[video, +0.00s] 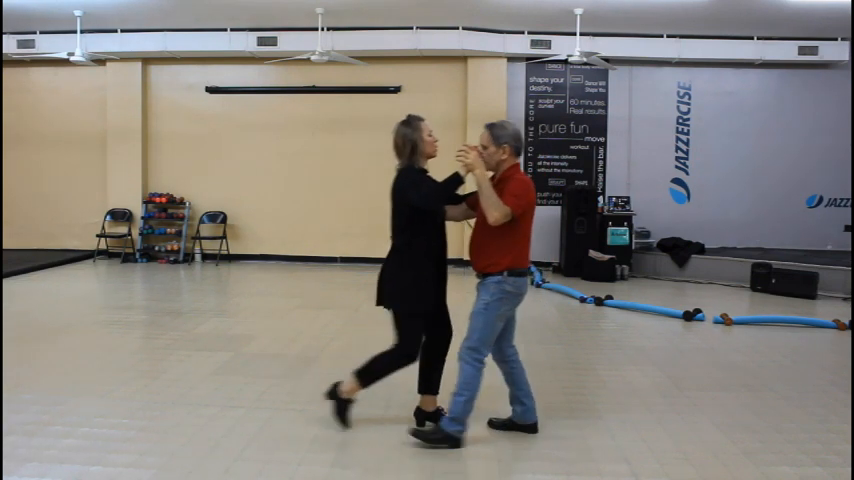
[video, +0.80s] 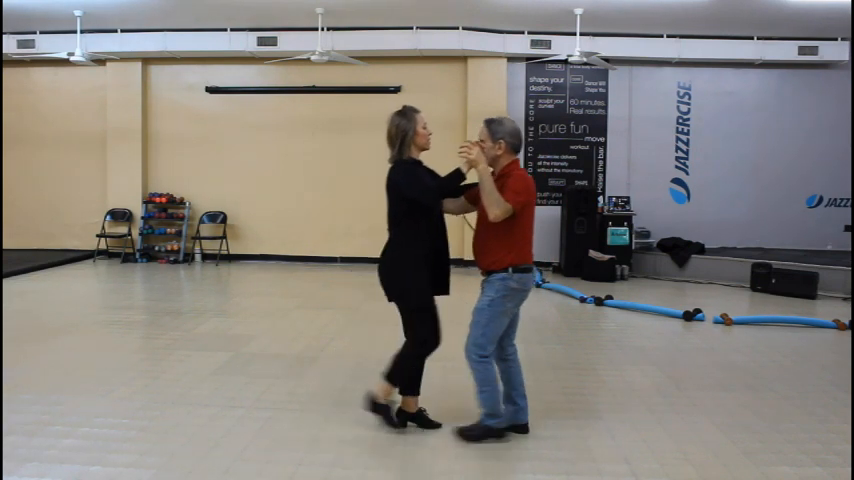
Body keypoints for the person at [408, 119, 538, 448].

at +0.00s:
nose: (479, 153)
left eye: (485, 148)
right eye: (480, 148)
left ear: (505, 151)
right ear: (501, 151)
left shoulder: (520, 183)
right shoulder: (496, 181)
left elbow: (496, 215)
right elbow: (461, 211)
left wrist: (481, 175)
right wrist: (424, 205)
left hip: (504, 280)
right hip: (496, 278)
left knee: (472, 353)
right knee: (503, 350)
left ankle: (452, 428)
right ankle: (525, 417)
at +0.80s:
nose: (477, 148)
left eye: (482, 142)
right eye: (478, 142)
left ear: (501, 146)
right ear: (499, 147)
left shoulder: (519, 179)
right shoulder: (494, 180)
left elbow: (497, 211)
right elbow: (457, 205)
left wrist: (482, 168)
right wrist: (421, 196)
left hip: (509, 277)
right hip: (502, 275)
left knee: (478, 349)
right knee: (504, 348)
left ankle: (493, 420)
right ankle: (517, 417)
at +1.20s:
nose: (510, 143)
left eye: (516, 139)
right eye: (511, 138)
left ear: (533, 146)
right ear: (530, 146)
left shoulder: (549, 180)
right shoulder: (527, 179)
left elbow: (524, 210)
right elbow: (488, 206)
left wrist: (514, 165)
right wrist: (452, 198)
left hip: (543, 278)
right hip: (531, 276)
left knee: (524, 353)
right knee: (531, 347)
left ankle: (527, 426)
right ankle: (557, 407)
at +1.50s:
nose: (533, 156)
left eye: (538, 152)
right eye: (534, 151)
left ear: (558, 156)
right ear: (556, 156)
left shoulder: (577, 186)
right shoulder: (547, 185)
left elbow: (560, 223)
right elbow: (514, 212)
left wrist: (547, 177)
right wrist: (481, 201)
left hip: (569, 283)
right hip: (565, 281)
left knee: (534, 351)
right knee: (582, 346)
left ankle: (528, 425)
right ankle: (607, 411)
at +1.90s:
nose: (536, 153)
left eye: (542, 148)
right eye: (537, 147)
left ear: (562, 153)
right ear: (558, 152)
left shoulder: (579, 183)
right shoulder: (547, 184)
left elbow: (567, 218)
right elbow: (516, 212)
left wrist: (553, 174)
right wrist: (483, 204)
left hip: (573, 279)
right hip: (567, 277)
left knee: (545, 351)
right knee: (587, 346)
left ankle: (540, 425)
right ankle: (608, 411)